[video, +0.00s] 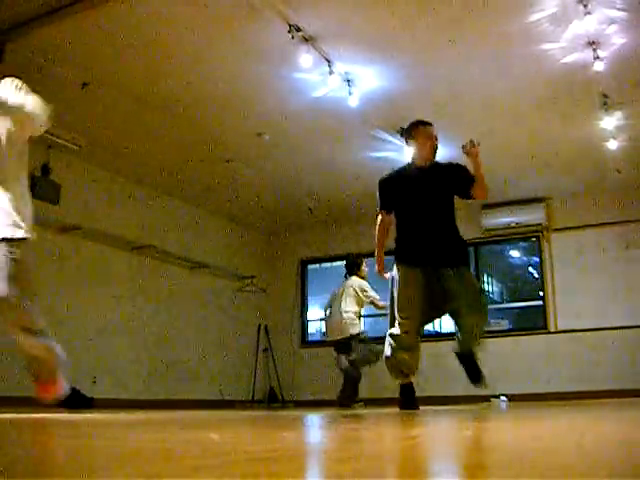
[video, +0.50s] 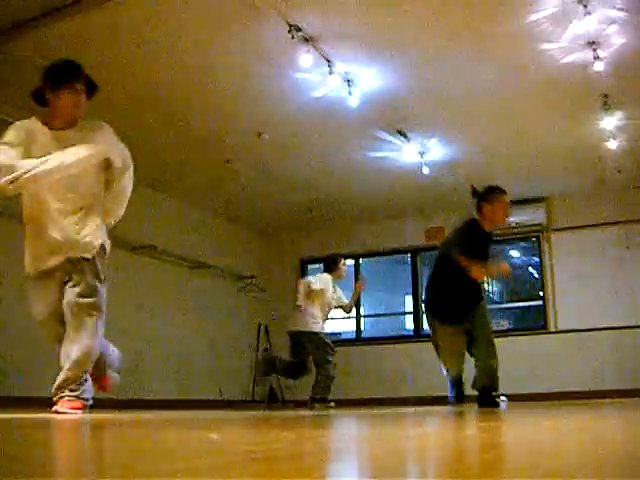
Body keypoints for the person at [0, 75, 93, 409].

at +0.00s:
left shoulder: (10, 92)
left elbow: (39, 114)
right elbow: (39, 113)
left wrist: (10, 96)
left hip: (9, 223)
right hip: (7, 223)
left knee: (14, 307)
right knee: (17, 311)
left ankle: (55, 384)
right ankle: (54, 385)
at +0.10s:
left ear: (6, 70)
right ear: (10, 71)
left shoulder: (28, 106)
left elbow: (70, 92)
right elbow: (70, 93)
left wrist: (10, 94)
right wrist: (19, 97)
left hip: (18, 228)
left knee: (40, 314)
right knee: (36, 315)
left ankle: (71, 392)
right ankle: (69, 391)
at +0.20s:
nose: (8, 83)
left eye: (14, 76)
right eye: (4, 76)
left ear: (25, 83)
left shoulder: (47, 116)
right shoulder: (7, 133)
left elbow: (99, 131)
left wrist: (44, 114)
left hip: (48, 228)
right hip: (10, 233)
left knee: (54, 310)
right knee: (33, 317)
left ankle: (74, 389)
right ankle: (64, 388)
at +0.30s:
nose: (39, 86)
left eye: (43, 78)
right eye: (29, 80)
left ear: (50, 84)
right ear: (12, 90)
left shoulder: (73, 123)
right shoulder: (7, 138)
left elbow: (96, 175)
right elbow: (6, 193)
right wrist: (12, 223)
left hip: (68, 225)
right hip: (25, 225)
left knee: (65, 309)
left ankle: (72, 391)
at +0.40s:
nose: (61, 88)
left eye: (65, 82)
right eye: (53, 81)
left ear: (70, 88)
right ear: (32, 87)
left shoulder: (87, 128)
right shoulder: (12, 133)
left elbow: (108, 180)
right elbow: (7, 189)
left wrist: (104, 226)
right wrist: (13, 199)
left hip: (81, 232)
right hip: (34, 232)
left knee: (74, 312)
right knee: (14, 294)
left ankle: (72, 391)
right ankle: (41, 362)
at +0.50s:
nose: (79, 101)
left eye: (83, 93)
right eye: (70, 92)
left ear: (88, 99)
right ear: (48, 95)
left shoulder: (99, 135)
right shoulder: (26, 132)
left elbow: (123, 173)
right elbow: (2, 166)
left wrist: (108, 216)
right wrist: (41, 167)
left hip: (86, 229)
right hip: (42, 233)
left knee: (82, 304)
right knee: (46, 312)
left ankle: (72, 390)